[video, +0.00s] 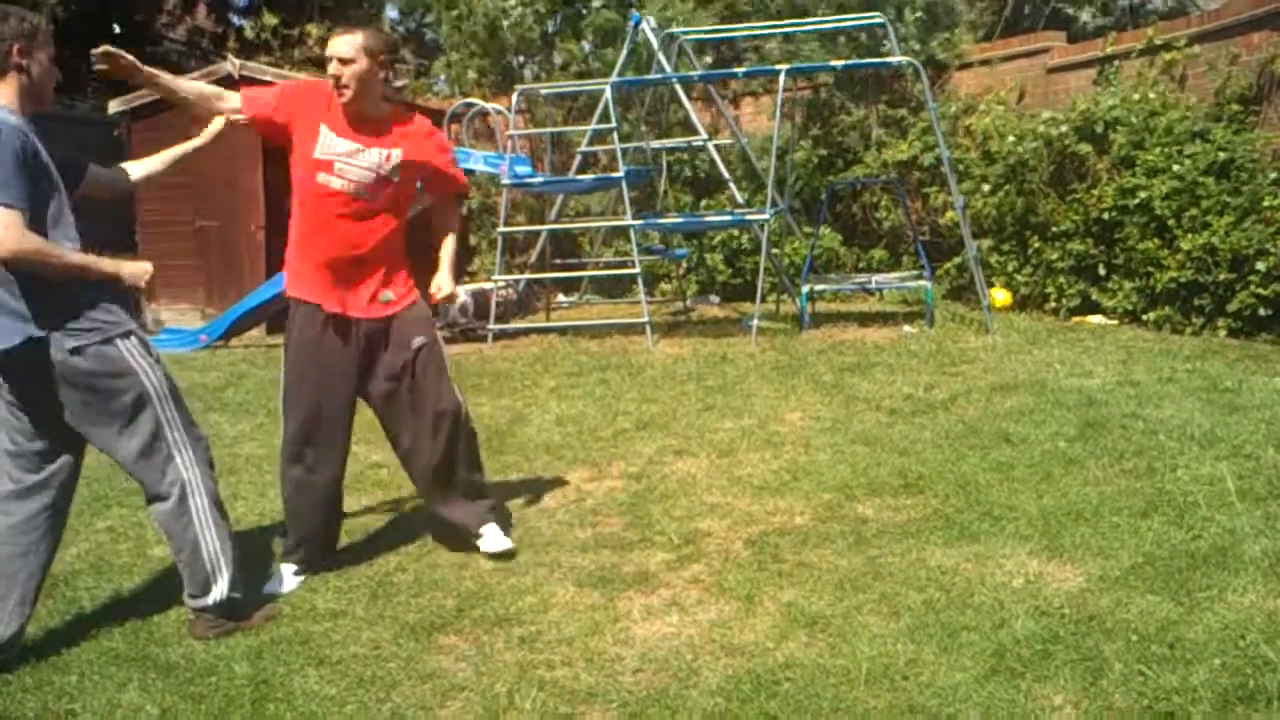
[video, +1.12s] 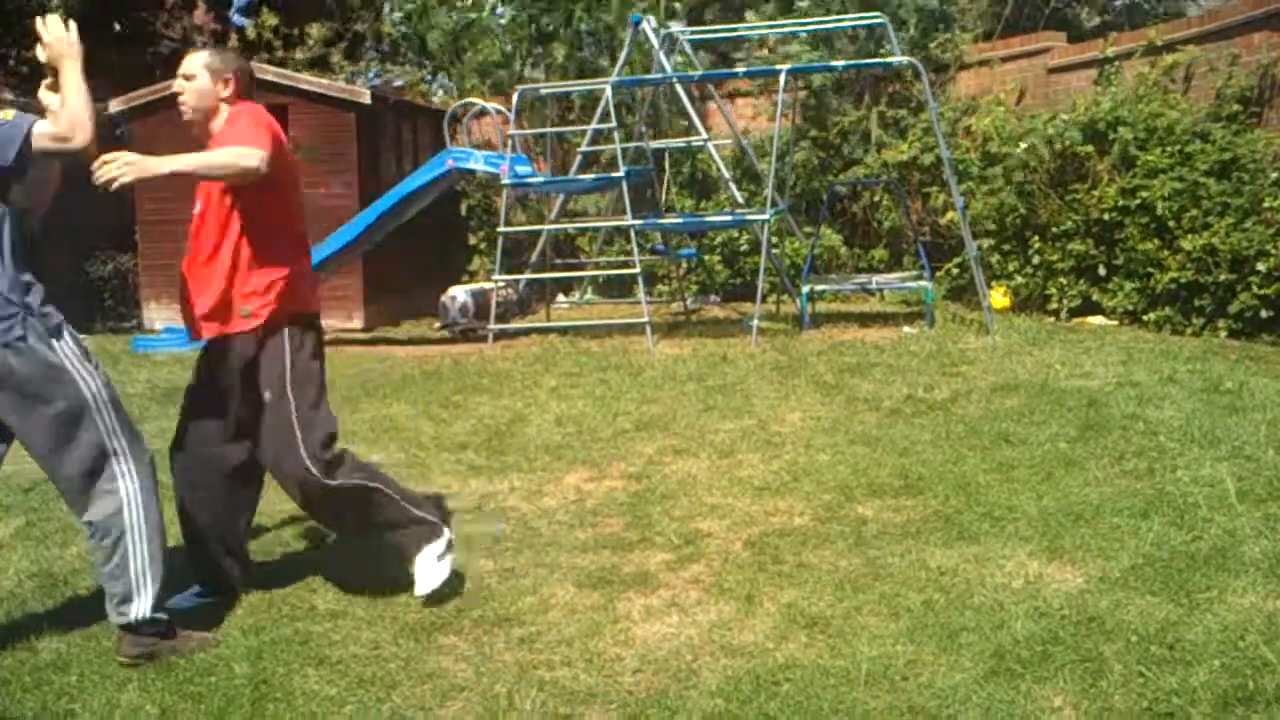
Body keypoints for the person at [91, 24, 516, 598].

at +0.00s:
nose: (334, 71)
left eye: (345, 62)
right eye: (330, 61)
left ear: (380, 67)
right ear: (326, 64)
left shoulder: (418, 135)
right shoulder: (305, 101)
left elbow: (452, 201)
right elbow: (224, 101)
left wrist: (447, 269)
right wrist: (145, 75)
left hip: (391, 295)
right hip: (316, 296)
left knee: (440, 409)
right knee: (309, 428)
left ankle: (476, 516)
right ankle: (302, 552)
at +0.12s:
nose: (369, 91)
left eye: (381, 82)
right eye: (362, 80)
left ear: (407, 88)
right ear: (352, 82)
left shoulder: (422, 142)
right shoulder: (328, 119)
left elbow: (425, 211)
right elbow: (250, 148)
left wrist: (462, 267)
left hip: (389, 307)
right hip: (318, 306)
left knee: (441, 422)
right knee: (308, 440)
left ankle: (482, 537)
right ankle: (301, 557)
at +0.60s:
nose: (283, 88)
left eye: (292, 76)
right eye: (282, 78)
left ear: (329, 75)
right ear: (313, 78)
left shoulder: (391, 130)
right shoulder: (295, 143)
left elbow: (462, 156)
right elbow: (245, 178)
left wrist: (489, 188)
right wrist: (203, 143)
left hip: (391, 331)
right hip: (318, 330)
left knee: (432, 454)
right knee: (270, 451)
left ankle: (500, 551)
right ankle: (238, 569)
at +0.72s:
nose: (236, 104)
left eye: (244, 93)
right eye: (236, 94)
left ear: (276, 94)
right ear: (268, 96)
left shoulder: (311, 125)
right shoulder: (285, 150)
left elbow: (358, 135)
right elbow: (318, 227)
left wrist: (347, 97)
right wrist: (284, 279)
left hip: (338, 327)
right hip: (294, 331)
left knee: (392, 450)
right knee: (245, 443)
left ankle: (489, 535)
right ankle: (230, 568)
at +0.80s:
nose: (220, 117)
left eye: (228, 105)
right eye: (219, 107)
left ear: (254, 108)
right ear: (235, 117)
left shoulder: (276, 141)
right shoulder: (308, 158)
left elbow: (268, 101)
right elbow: (360, 232)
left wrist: (223, 55)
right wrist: (304, 309)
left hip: (317, 330)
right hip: (297, 331)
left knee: (359, 462)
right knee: (240, 455)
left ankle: (469, 538)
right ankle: (226, 581)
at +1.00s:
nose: (184, 125)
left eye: (190, 116)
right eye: (182, 118)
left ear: (218, 118)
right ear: (242, 122)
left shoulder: (229, 144)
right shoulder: (287, 171)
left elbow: (198, 128)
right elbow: (348, 224)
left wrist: (114, 98)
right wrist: (408, 273)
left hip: (279, 332)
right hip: (257, 341)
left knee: (313, 462)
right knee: (202, 453)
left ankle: (458, 532)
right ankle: (218, 582)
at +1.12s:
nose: (176, 91)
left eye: (187, 78)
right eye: (177, 80)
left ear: (225, 85)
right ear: (218, 88)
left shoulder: (247, 118)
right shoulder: (220, 141)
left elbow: (252, 162)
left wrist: (156, 165)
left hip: (277, 320)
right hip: (232, 327)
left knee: (303, 463)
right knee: (202, 459)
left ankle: (424, 526)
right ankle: (217, 581)